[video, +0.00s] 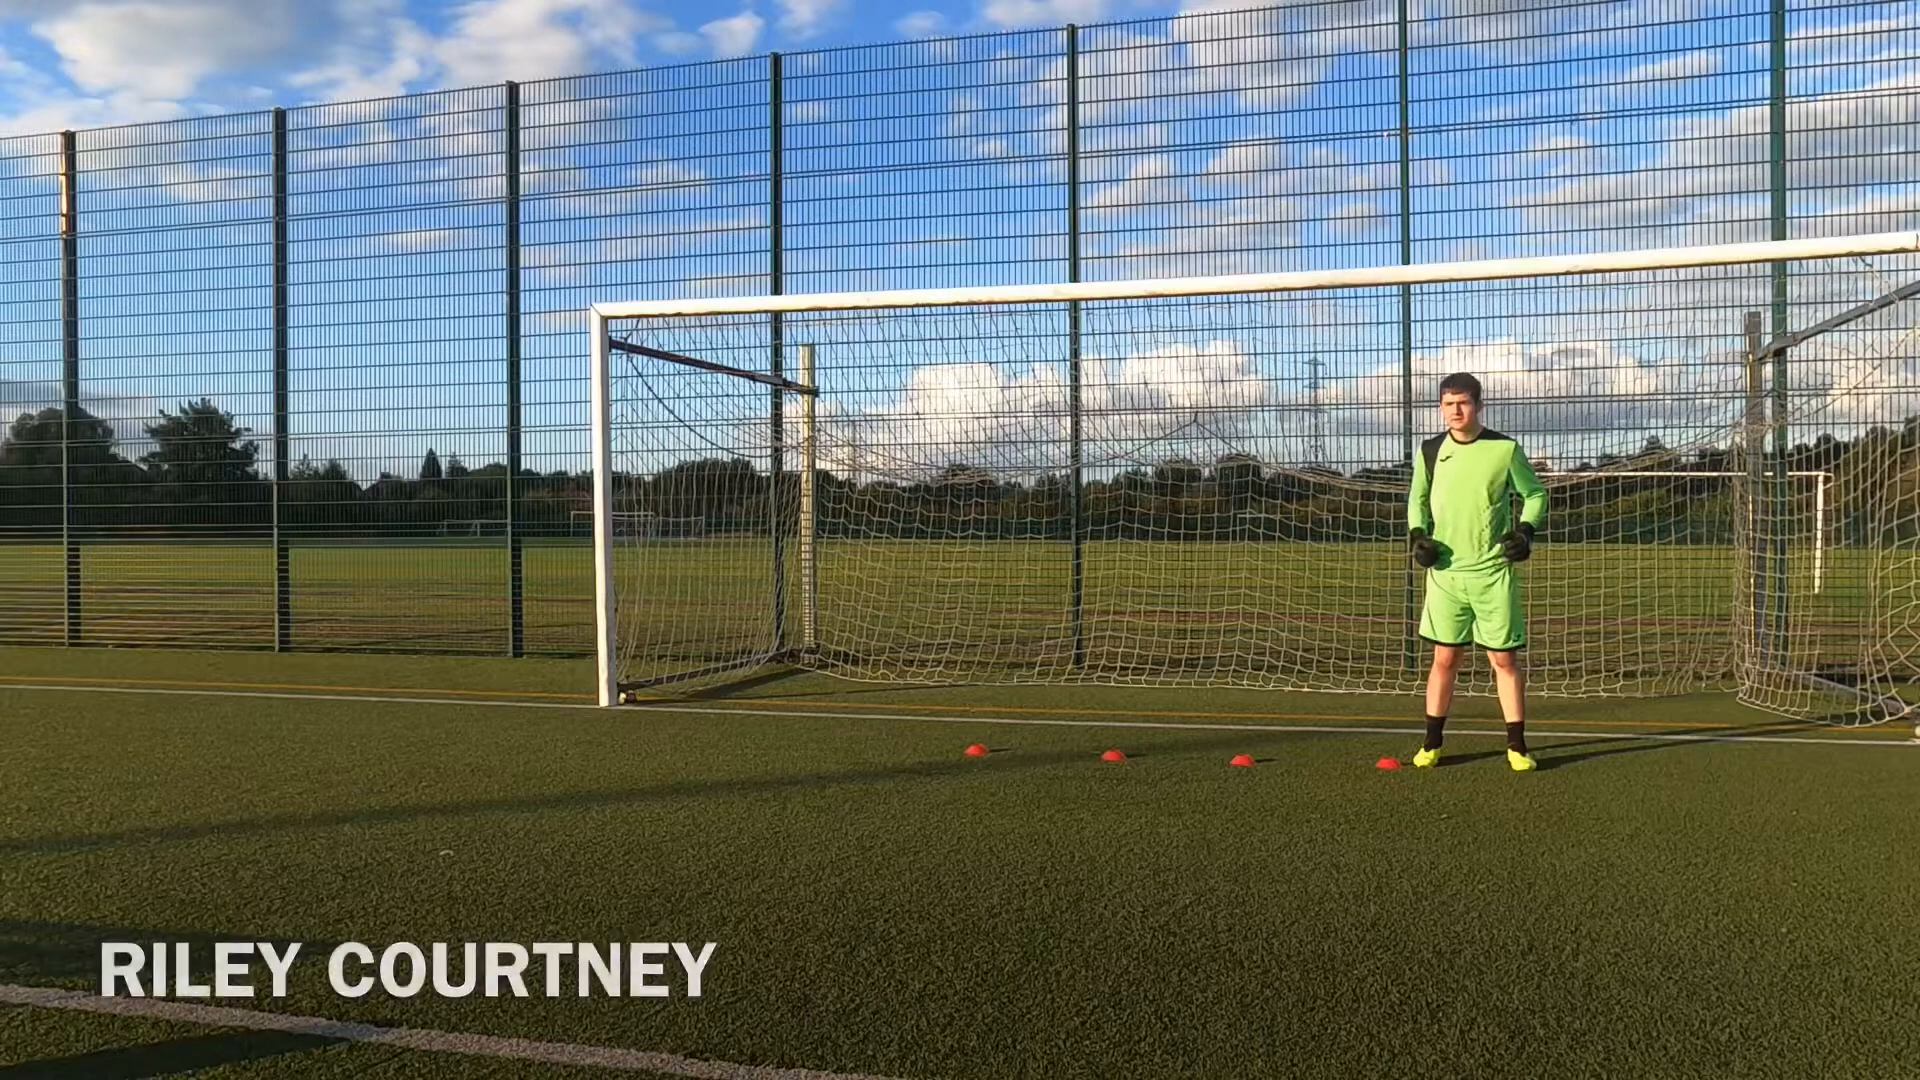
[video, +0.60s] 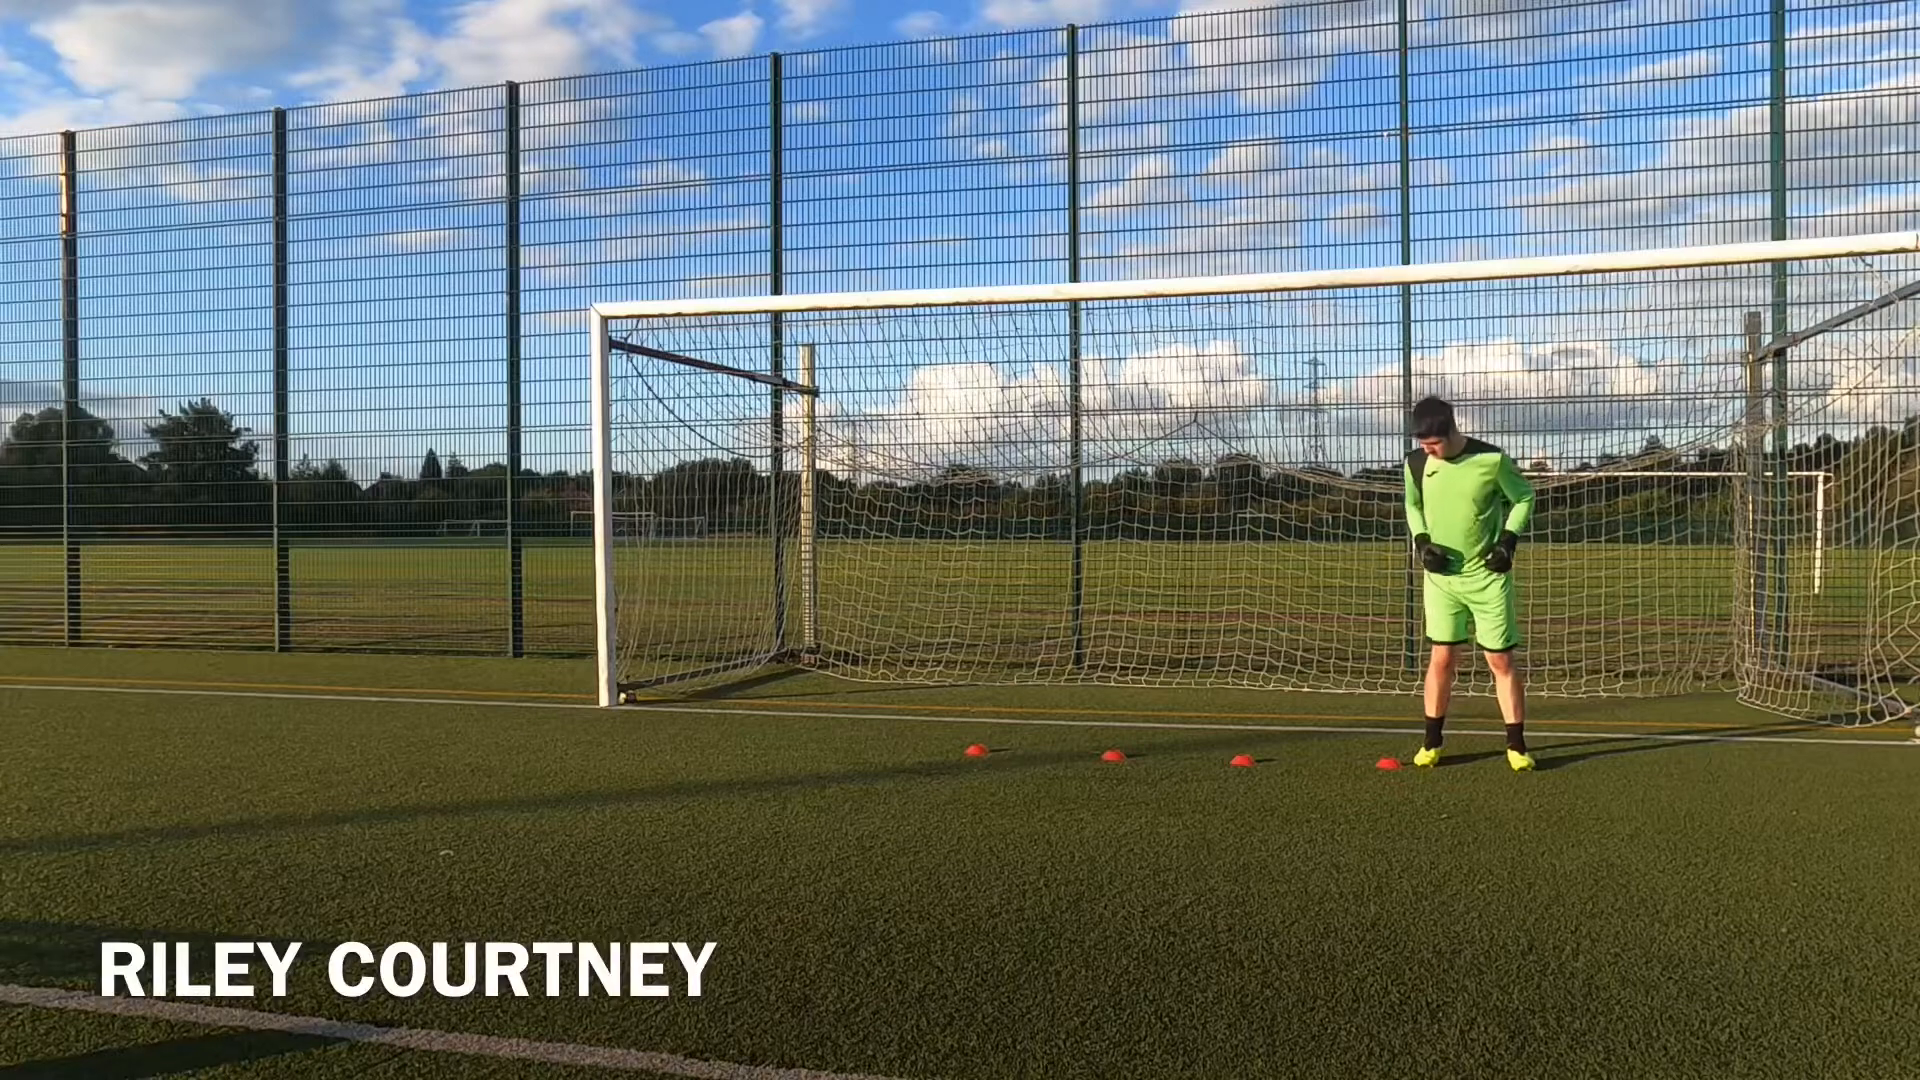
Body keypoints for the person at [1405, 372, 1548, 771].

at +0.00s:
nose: (1455, 411)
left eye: (1462, 403)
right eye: (1448, 404)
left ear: (1479, 406)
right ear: (1440, 409)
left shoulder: (1506, 450)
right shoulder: (1428, 453)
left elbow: (1536, 494)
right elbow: (1418, 500)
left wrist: (1525, 530)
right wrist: (1418, 535)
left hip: (1494, 574)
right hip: (1444, 575)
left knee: (1504, 660)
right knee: (1444, 658)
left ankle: (1516, 746)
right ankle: (1432, 743)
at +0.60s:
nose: (1428, 449)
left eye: (1433, 442)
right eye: (1422, 442)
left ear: (1451, 431)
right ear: (1417, 437)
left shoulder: (1493, 461)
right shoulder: (1416, 464)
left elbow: (1524, 498)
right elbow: (1413, 506)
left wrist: (1508, 539)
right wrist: (1422, 542)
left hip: (1488, 578)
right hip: (1440, 579)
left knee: (1502, 661)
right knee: (1441, 658)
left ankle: (1516, 745)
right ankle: (1432, 742)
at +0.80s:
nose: (1401, 467)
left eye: (1408, 460)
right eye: (1396, 461)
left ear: (1427, 450)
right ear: (1392, 456)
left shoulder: (1464, 479)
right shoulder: (1392, 483)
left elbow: (1504, 512)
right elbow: (1391, 520)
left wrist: (1488, 554)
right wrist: (1397, 552)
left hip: (1466, 588)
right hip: (1419, 589)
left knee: (1488, 672)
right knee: (1407, 657)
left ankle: (1519, 746)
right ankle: (1436, 727)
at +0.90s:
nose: (1380, 467)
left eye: (1387, 460)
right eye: (1374, 460)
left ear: (1406, 450)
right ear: (1368, 455)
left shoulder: (1441, 480)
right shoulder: (1368, 484)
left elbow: (1483, 507)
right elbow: (1363, 517)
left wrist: (1479, 553)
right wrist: (1361, 552)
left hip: (1444, 588)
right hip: (1397, 587)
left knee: (1472, 674)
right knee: (1378, 646)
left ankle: (1517, 745)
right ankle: (1391, 743)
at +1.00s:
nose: (1354, 463)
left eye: (1360, 456)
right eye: (1349, 456)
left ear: (1378, 447)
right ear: (1343, 452)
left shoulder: (1416, 476)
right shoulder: (1339, 480)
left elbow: (1457, 498)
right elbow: (1315, 514)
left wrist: (1461, 540)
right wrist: (1313, 548)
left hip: (1410, 581)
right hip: (1366, 585)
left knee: (1431, 655)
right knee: (1375, 654)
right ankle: (1375, 753)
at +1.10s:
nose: (1321, 466)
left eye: (1327, 459)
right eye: (1316, 459)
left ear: (1345, 448)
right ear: (1311, 455)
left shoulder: (1384, 476)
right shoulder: (1310, 479)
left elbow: (1429, 511)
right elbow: (1290, 515)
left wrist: (1423, 552)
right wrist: (1274, 546)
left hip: (1380, 573)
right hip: (1339, 576)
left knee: (1378, 649)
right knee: (1347, 649)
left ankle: (1382, 728)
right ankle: (1353, 742)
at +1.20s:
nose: (1286, 470)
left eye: (1292, 463)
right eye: (1281, 463)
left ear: (1312, 455)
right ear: (1278, 459)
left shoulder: (1349, 486)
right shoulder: (1280, 487)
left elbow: (1392, 522)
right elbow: (1269, 524)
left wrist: (1372, 554)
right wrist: (1253, 544)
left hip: (1351, 583)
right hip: (1308, 583)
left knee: (1346, 670)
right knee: (1292, 645)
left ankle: (1373, 742)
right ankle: (1302, 717)